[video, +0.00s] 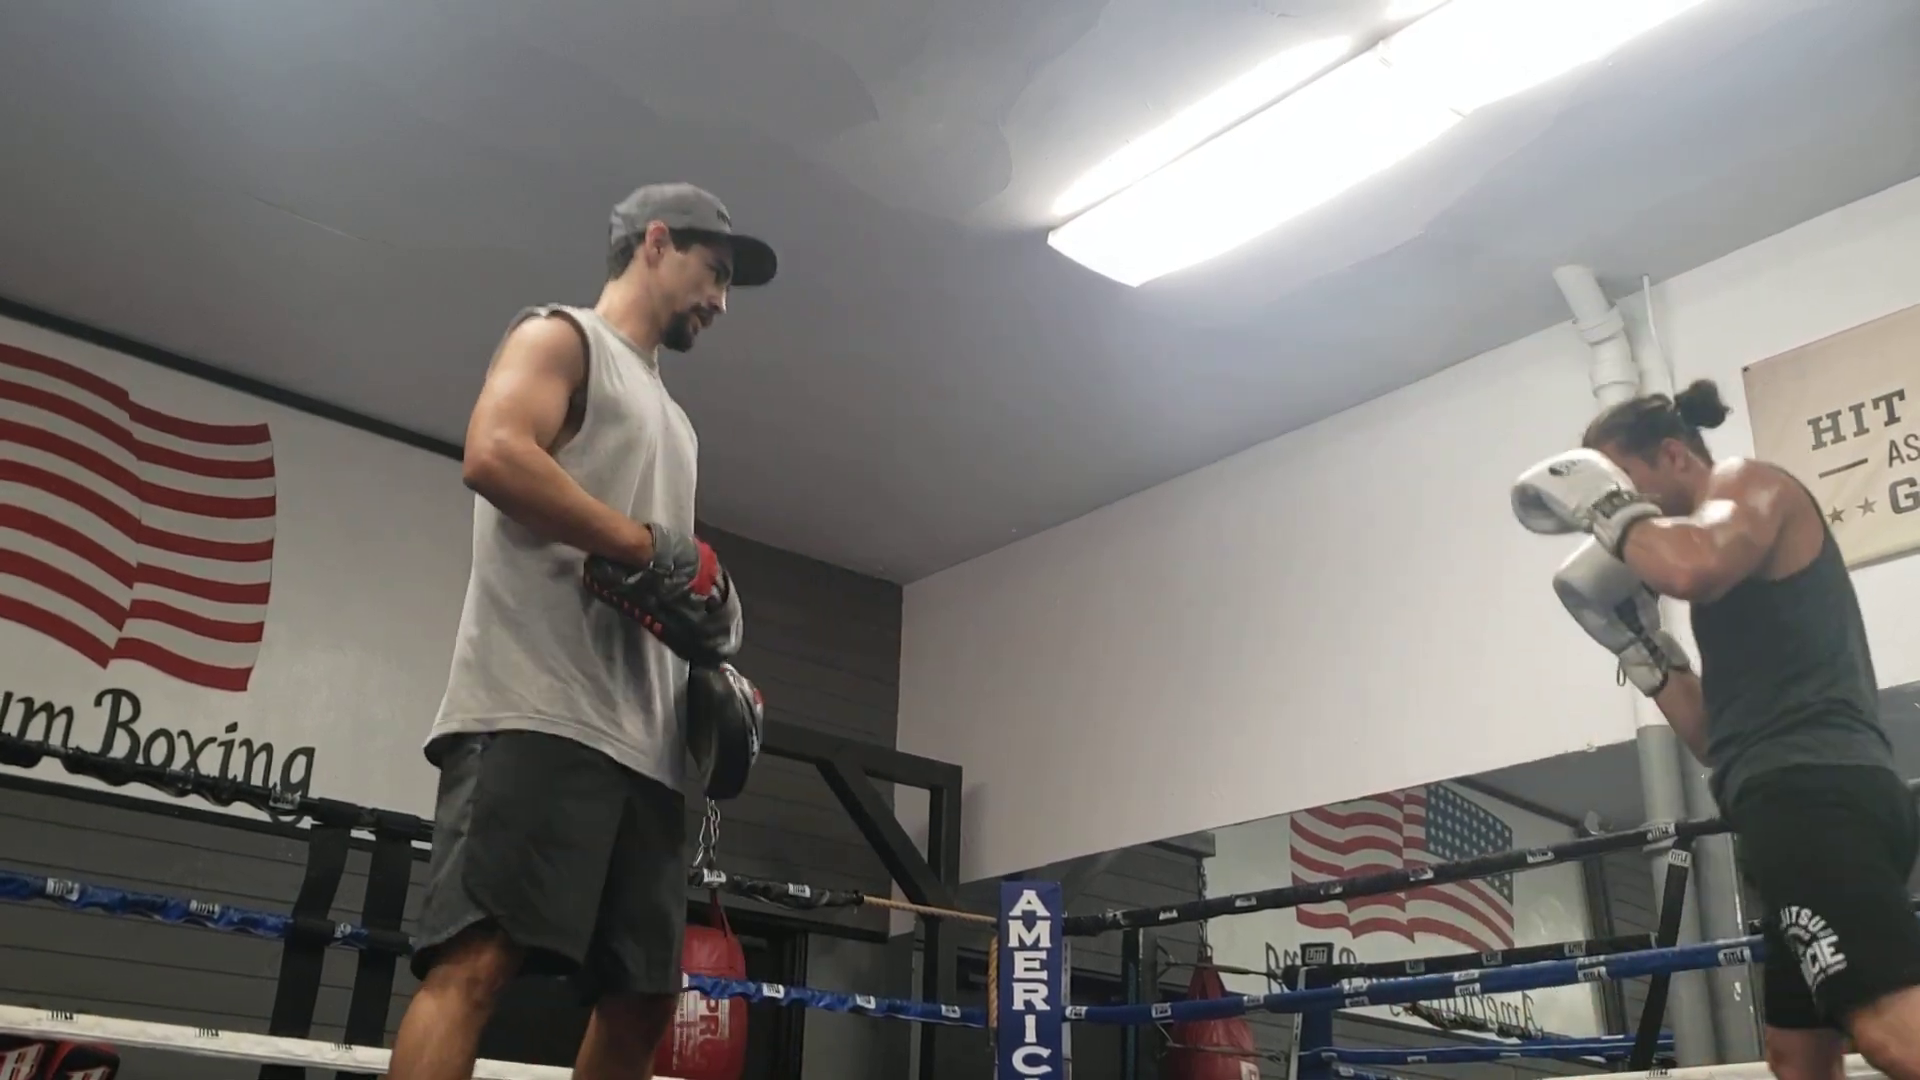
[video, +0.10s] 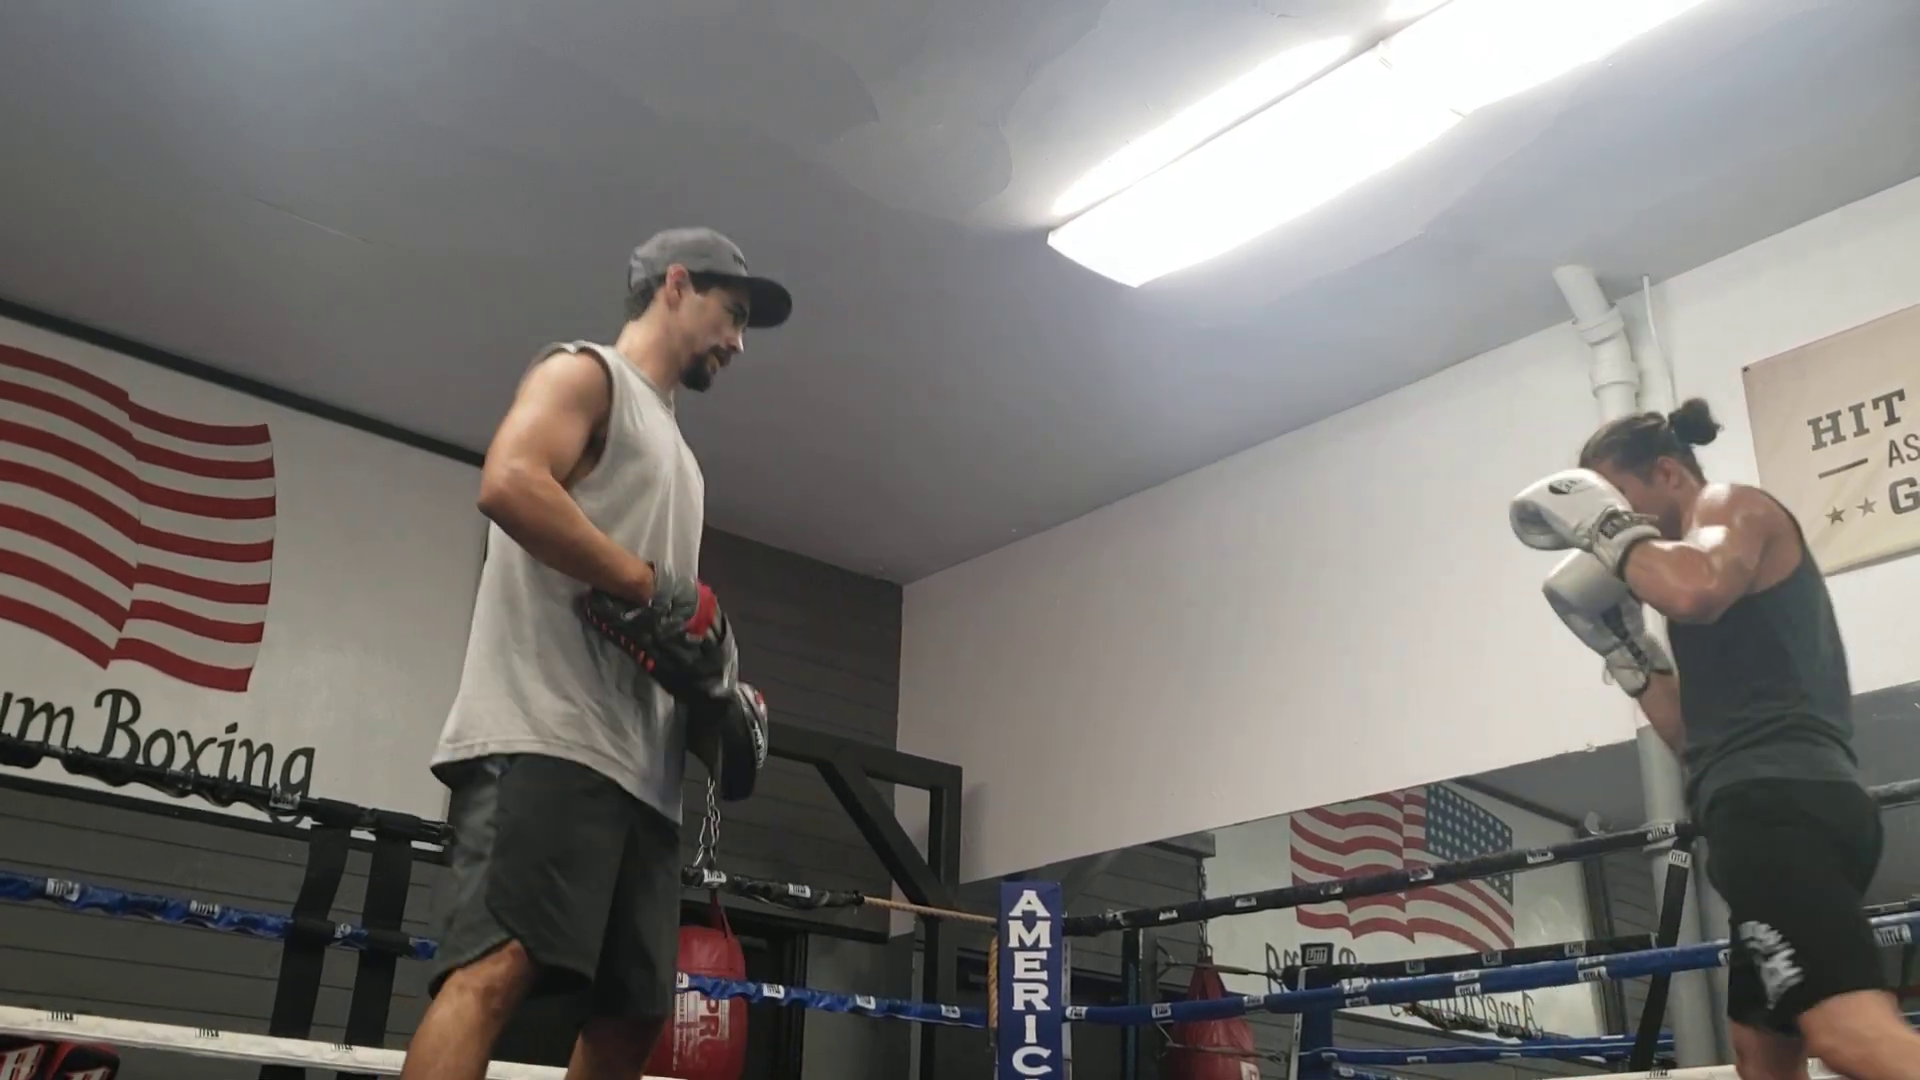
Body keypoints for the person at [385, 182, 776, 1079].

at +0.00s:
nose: (721, 300)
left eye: (730, 285)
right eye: (714, 269)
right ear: (654, 242)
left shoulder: (673, 422)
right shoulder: (557, 335)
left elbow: (663, 573)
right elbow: (496, 454)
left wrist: (713, 668)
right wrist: (652, 550)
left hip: (642, 736)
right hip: (534, 704)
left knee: (640, 1000)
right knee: (474, 962)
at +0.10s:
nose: (738, 341)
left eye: (746, 326)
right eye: (731, 312)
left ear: (691, 304)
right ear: (674, 286)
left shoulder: (677, 457)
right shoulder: (583, 370)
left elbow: (654, 603)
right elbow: (512, 482)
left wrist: (717, 689)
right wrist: (656, 591)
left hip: (638, 756)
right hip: (542, 724)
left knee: (629, 1016)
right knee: (495, 966)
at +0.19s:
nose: (755, 370)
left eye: (763, 354)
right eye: (749, 342)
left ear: (704, 330)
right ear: (697, 318)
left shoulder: (677, 472)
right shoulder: (610, 394)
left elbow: (667, 624)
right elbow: (535, 500)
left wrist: (717, 713)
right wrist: (662, 619)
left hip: (641, 770)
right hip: (559, 740)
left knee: (632, 1018)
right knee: (503, 969)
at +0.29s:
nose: (773, 395)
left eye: (781, 379)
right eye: (769, 368)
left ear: (722, 356)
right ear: (719, 344)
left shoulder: (687, 480)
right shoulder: (639, 409)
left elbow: (664, 623)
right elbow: (569, 508)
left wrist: (704, 735)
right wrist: (669, 642)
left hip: (645, 774)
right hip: (570, 742)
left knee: (631, 1015)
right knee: (506, 967)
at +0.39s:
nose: (787, 414)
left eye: (794, 399)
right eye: (783, 387)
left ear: (736, 373)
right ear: (735, 362)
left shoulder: (693, 486)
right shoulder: (659, 414)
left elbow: (655, 635)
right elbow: (595, 504)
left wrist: (695, 775)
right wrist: (677, 648)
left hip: (637, 764)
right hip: (574, 732)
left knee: (622, 1011)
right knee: (535, 961)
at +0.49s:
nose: (791, 432)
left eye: (798, 415)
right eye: (788, 405)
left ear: (743, 389)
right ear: (741, 379)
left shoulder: (697, 497)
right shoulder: (673, 420)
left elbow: (665, 656)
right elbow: (607, 497)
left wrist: (692, 793)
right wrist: (682, 639)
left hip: (633, 757)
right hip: (579, 731)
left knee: (613, 1005)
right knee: (554, 967)